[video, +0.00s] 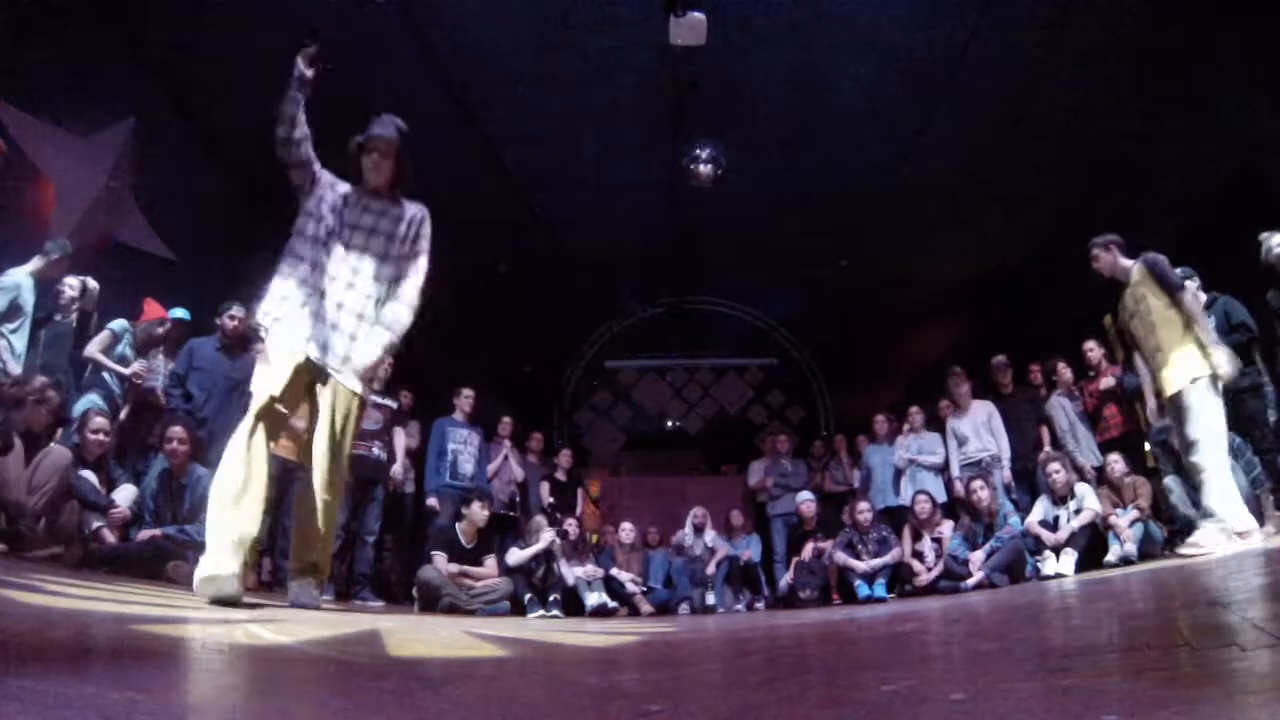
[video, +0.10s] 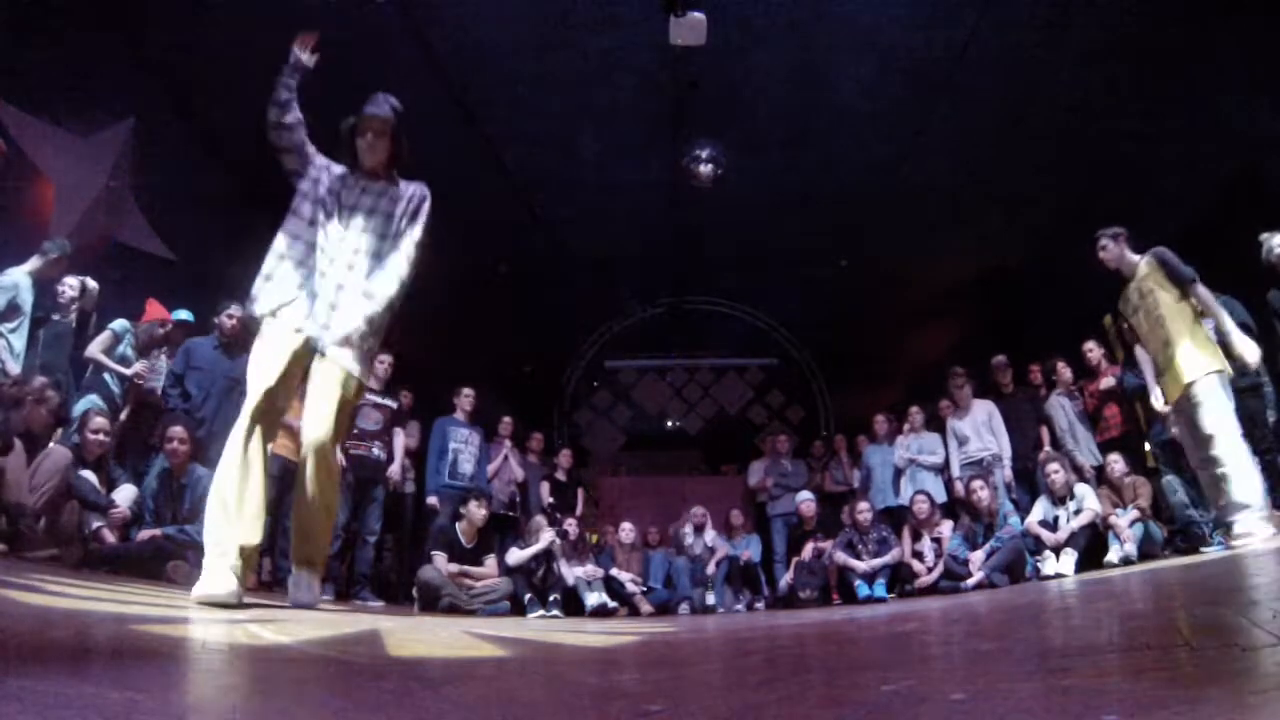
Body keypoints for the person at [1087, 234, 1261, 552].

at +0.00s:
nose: (1096, 267)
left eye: (1096, 258)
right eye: (1093, 262)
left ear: (1112, 251)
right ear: (1105, 259)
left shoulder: (1150, 263)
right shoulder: (1124, 305)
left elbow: (1187, 300)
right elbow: (1139, 354)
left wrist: (1214, 348)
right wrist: (1149, 397)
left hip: (1191, 366)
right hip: (1167, 381)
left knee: (1204, 446)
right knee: (1195, 452)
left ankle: (1216, 524)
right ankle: (1241, 522)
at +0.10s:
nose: (1101, 256)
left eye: (1104, 247)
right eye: (1098, 252)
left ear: (1122, 242)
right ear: (1104, 257)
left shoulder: (1157, 258)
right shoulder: (1124, 303)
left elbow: (1199, 292)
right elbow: (1140, 347)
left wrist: (1233, 335)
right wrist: (1152, 387)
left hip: (1197, 361)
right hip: (1170, 381)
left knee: (1221, 439)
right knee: (1200, 454)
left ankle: (1252, 514)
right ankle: (1231, 519)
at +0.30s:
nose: (1116, 243)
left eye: (1120, 234)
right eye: (1114, 238)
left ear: (1139, 230)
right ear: (1119, 245)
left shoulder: (1178, 250)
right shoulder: (1133, 292)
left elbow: (1222, 292)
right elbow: (1146, 334)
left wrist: (1253, 336)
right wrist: (1157, 368)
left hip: (1217, 357)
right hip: (1182, 375)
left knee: (1263, 435)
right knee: (1210, 456)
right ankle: (1239, 523)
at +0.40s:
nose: (1123, 240)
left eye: (1126, 231)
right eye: (1120, 235)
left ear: (1145, 224)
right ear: (1127, 238)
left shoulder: (1189, 245)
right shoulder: (1139, 284)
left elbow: (1228, 288)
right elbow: (1151, 329)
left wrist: (1255, 337)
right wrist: (1165, 363)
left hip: (1229, 355)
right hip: (1191, 373)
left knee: (1269, 435)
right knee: (1212, 456)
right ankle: (1236, 527)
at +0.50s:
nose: (1131, 232)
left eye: (1133, 224)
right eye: (1127, 228)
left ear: (1152, 216)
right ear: (1133, 232)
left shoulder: (1199, 239)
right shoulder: (1146, 276)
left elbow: (1235, 283)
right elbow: (1156, 321)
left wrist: (1254, 332)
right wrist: (1177, 353)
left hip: (1239, 346)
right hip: (1199, 361)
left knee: (1271, 438)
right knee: (1216, 450)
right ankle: (1228, 528)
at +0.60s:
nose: (1138, 222)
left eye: (1142, 214)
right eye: (1135, 218)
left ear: (1161, 209)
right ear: (1138, 224)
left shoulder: (1207, 235)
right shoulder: (1150, 271)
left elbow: (1243, 278)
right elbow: (1161, 318)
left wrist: (1253, 326)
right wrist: (1194, 344)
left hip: (1245, 345)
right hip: (1204, 360)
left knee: (1276, 429)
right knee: (1224, 445)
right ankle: (1237, 524)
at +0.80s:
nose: (1150, 208)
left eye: (1155, 200)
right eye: (1146, 205)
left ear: (1174, 199)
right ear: (1147, 215)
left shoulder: (1217, 230)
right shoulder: (1154, 261)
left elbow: (1252, 272)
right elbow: (1170, 310)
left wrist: (1256, 323)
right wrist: (1213, 320)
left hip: (1250, 346)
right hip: (1207, 364)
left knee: (1275, 425)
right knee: (1234, 447)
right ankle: (1254, 522)